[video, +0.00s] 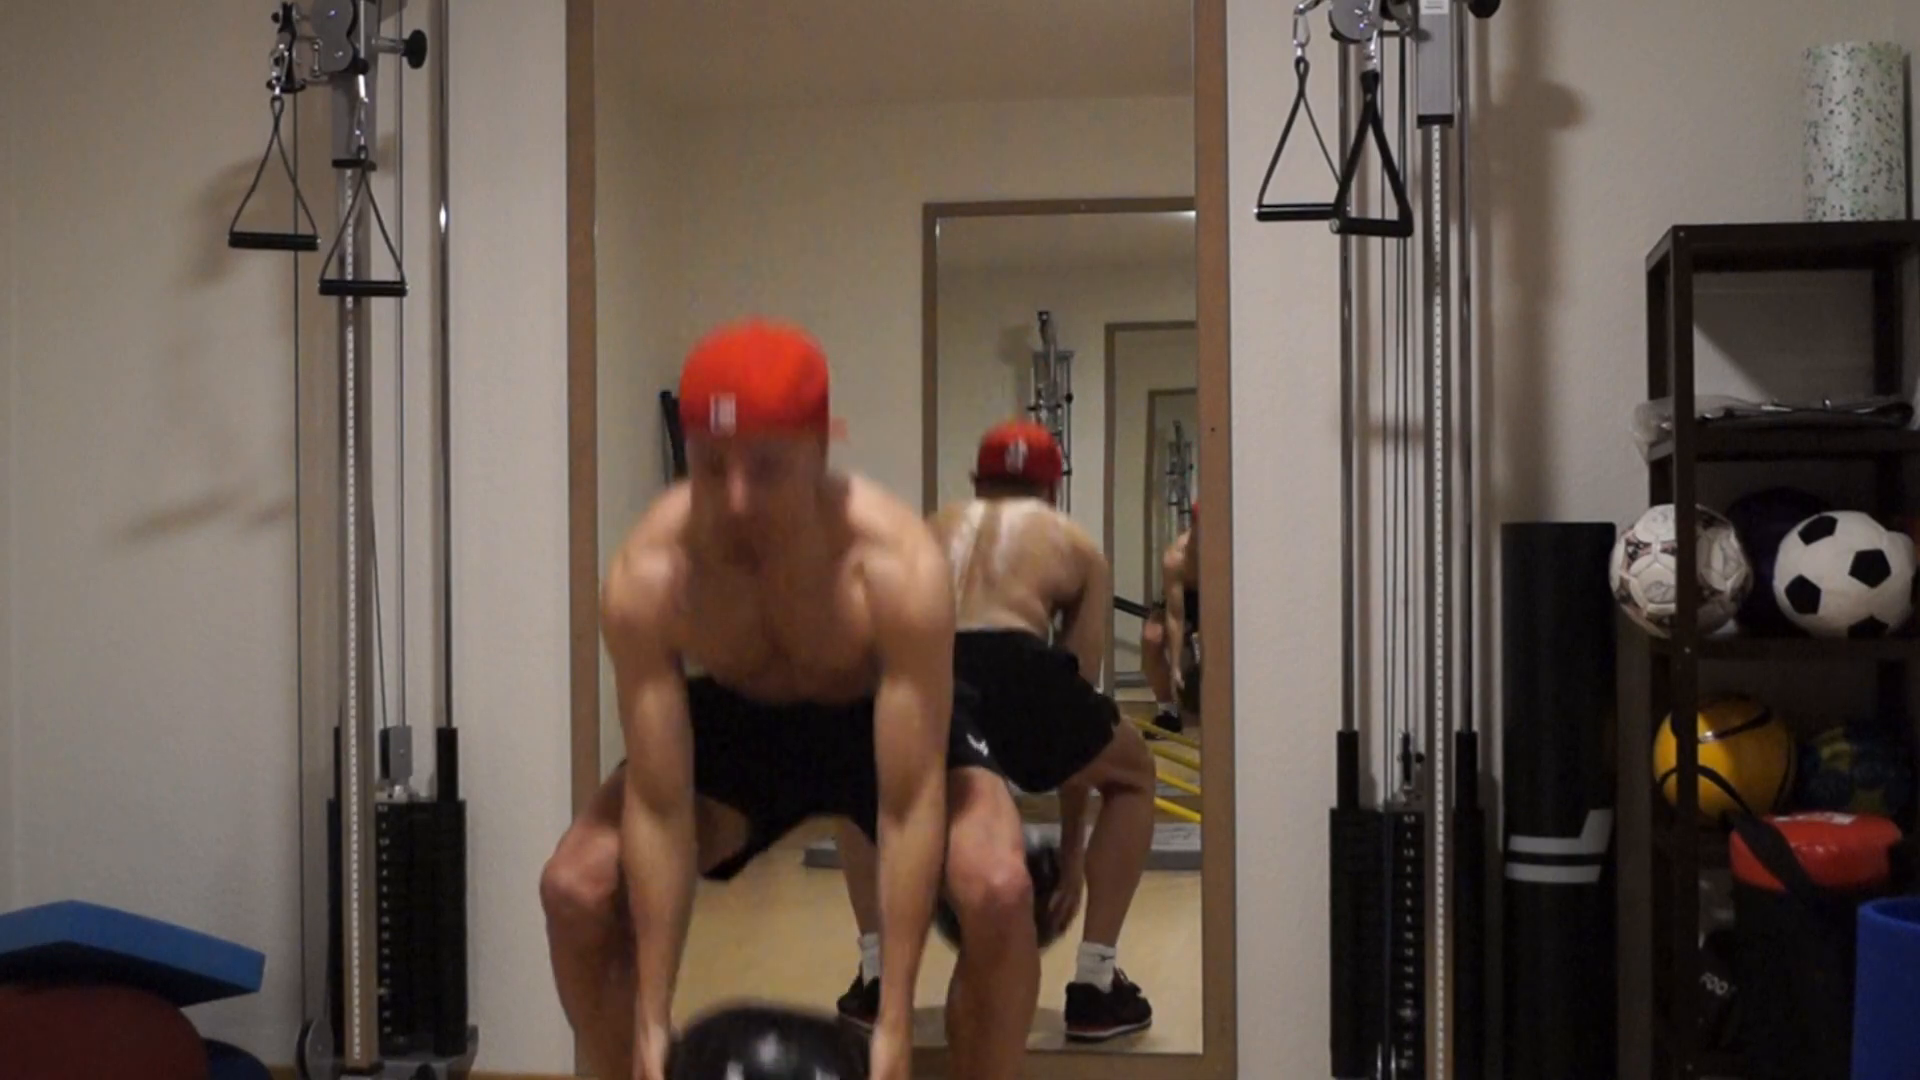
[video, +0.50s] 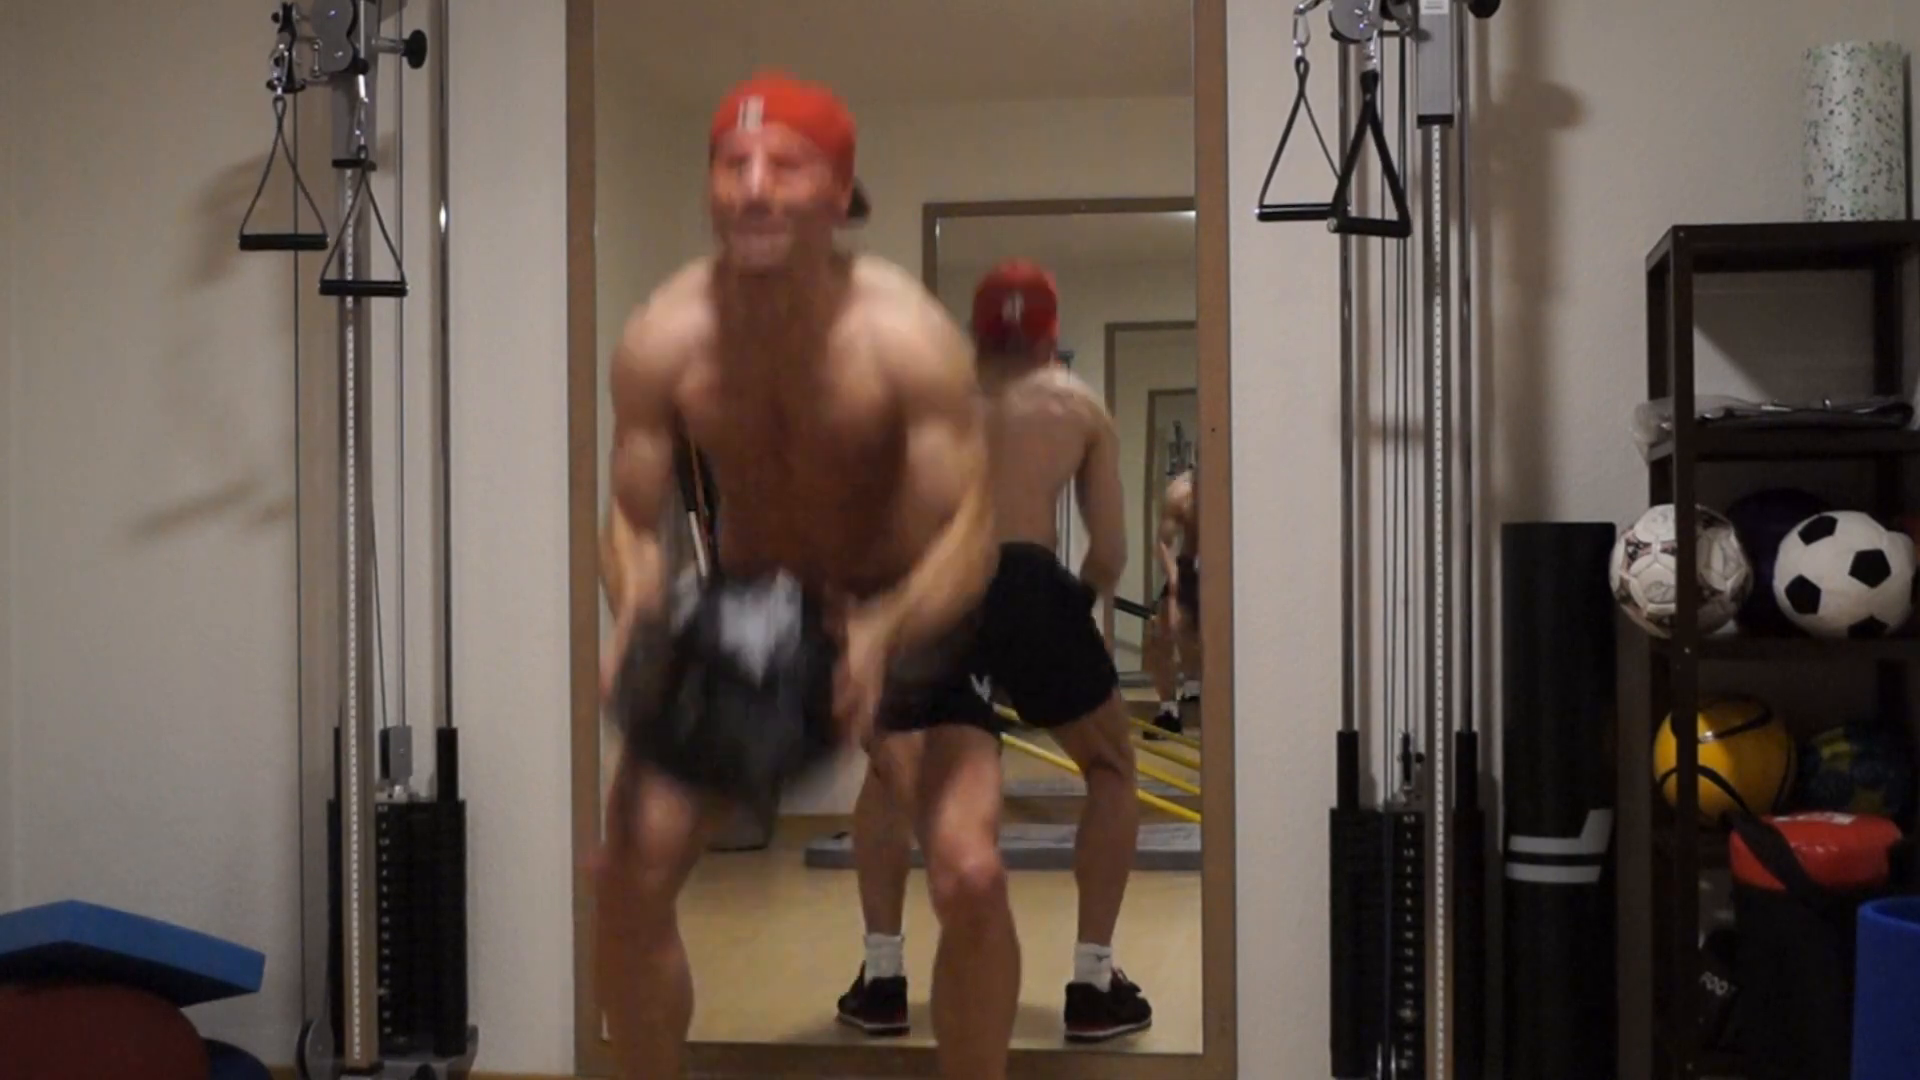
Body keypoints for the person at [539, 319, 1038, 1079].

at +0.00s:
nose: (739, 500)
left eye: (768, 468)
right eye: (714, 467)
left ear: (824, 450)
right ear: (688, 455)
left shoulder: (902, 566)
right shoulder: (648, 575)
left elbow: (911, 809)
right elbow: (657, 810)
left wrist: (894, 1032)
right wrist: (651, 1031)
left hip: (884, 722)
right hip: (740, 732)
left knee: (1001, 893)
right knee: (575, 892)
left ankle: (985, 1066)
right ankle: (616, 1065)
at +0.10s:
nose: (742, 624)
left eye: (772, 590)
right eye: (715, 589)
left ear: (826, 566)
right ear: (692, 570)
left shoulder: (904, 659)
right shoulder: (650, 661)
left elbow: (906, 895)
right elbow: (665, 892)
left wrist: (899, 1070)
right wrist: (662, 1068)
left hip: (885, 776)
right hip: (736, 782)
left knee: (1000, 903)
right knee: (572, 899)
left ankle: (995, 1071)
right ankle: (625, 1070)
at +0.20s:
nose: (741, 625)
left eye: (770, 592)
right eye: (713, 591)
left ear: (826, 568)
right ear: (691, 571)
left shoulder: (908, 661)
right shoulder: (649, 662)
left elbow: (907, 891)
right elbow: (669, 887)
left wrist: (899, 1067)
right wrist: (661, 1065)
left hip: (890, 774)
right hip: (742, 782)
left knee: (1000, 904)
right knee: (575, 898)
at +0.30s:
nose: (743, 510)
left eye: (771, 481)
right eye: (718, 480)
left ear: (827, 469)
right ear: (693, 470)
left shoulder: (908, 570)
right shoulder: (655, 568)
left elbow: (915, 795)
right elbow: (664, 788)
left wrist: (891, 987)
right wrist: (654, 976)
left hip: (889, 719)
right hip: (744, 727)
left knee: (1001, 892)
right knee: (581, 885)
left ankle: (986, 1067)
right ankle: (611, 1068)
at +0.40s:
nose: (746, 392)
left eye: (775, 365)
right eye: (723, 364)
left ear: (831, 364)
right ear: (699, 361)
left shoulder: (906, 478)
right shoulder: (658, 481)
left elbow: (936, 690)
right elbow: (660, 680)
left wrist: (882, 861)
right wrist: (651, 854)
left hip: (898, 679)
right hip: (754, 677)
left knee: (989, 883)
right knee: (597, 873)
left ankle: (980, 1069)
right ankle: (637, 1068)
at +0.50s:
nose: (755, 189)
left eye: (786, 166)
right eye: (736, 164)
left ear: (839, 193)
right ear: (710, 184)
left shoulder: (907, 332)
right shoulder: (663, 336)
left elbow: (969, 531)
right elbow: (637, 515)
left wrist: (888, 632)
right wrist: (641, 624)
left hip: (900, 614)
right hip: (740, 620)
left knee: (970, 875)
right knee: (631, 872)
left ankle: (976, 1070)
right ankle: (652, 1073)